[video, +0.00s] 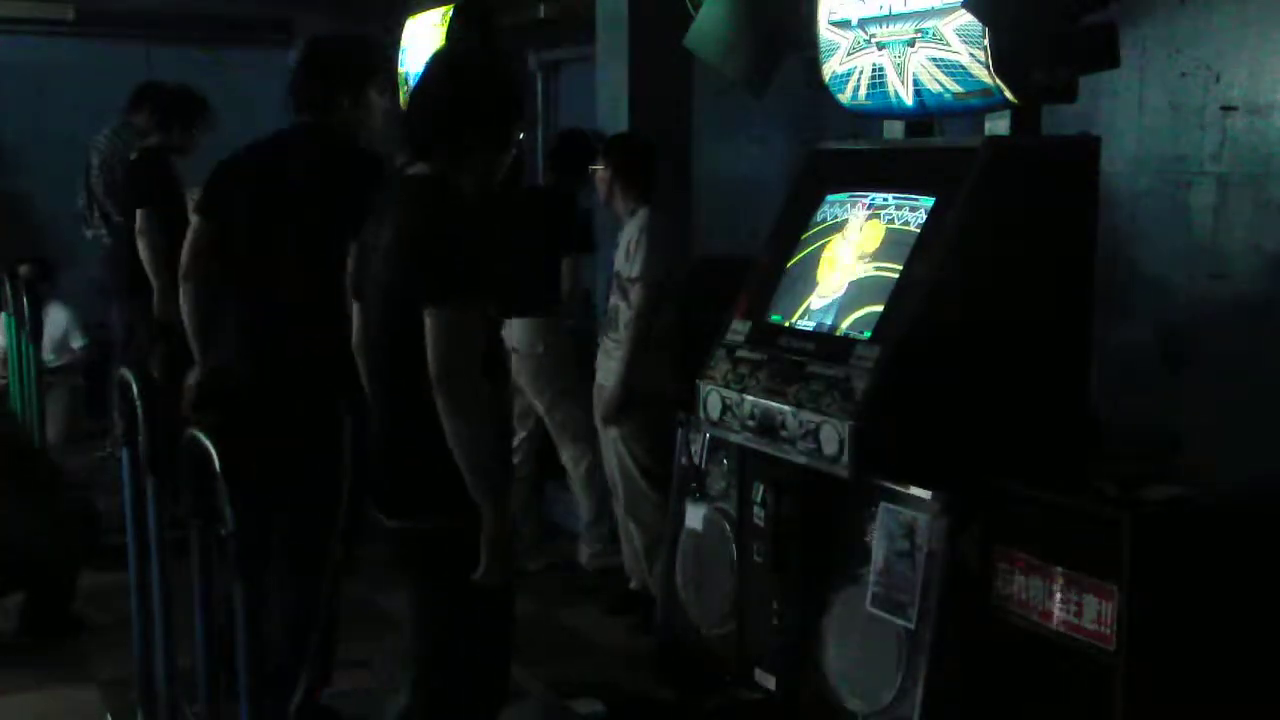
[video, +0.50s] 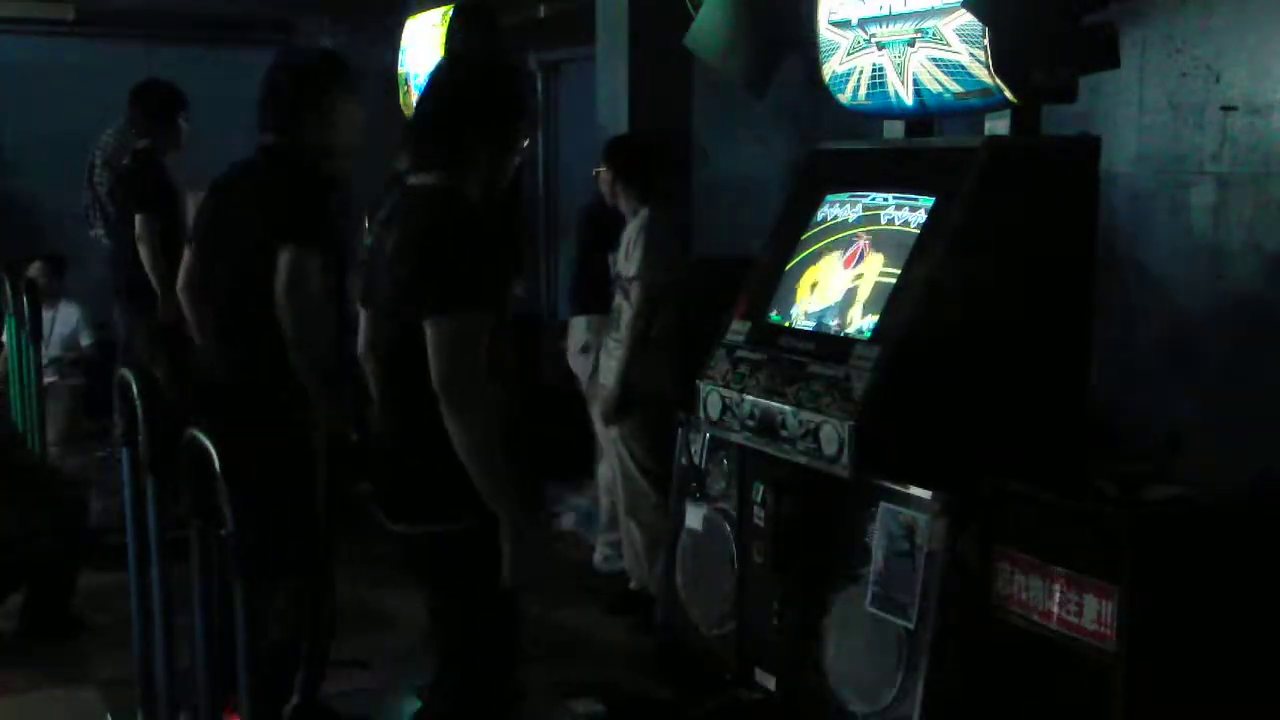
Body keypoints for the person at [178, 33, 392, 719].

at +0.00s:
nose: (390, 111)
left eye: (389, 96)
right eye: (384, 96)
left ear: (301, 92)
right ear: (362, 98)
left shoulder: (238, 167)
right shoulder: (371, 174)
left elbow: (191, 278)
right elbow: (369, 298)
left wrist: (205, 362)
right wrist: (376, 390)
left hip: (243, 387)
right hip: (327, 391)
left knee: (255, 542)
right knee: (322, 545)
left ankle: (257, 687)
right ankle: (305, 690)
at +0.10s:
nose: (385, 132)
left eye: (385, 117)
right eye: (378, 116)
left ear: (294, 114)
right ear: (350, 119)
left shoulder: (234, 190)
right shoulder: (362, 197)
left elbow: (191, 301)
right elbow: (357, 318)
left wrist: (199, 385)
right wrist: (375, 405)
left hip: (240, 401)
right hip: (325, 405)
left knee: (249, 552)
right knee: (326, 555)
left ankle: (250, 686)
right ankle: (306, 691)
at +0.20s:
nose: (385, 125)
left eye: (385, 109)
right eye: (377, 108)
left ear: (291, 107)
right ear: (348, 112)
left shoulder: (230, 182)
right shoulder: (363, 189)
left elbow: (190, 294)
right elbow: (355, 326)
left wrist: (204, 378)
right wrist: (373, 406)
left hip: (239, 399)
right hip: (320, 405)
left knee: (252, 554)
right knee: (320, 560)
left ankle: (252, 690)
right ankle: (300, 693)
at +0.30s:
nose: (374, 103)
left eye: (372, 89)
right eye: (369, 89)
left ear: (289, 86)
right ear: (348, 92)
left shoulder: (231, 154)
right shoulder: (357, 165)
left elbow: (183, 259)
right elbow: (353, 290)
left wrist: (208, 346)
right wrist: (357, 380)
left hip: (235, 372)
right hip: (310, 378)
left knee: (244, 537)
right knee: (309, 541)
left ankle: (239, 684)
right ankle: (296, 688)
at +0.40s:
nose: (368, 99)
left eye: (365, 85)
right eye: (362, 85)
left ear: (283, 85)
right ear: (341, 89)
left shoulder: (229, 152)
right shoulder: (340, 154)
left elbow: (182, 259)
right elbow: (327, 267)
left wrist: (211, 341)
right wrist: (334, 345)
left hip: (231, 365)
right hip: (301, 367)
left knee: (242, 531)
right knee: (304, 531)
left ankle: (239, 681)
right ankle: (294, 686)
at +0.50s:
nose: (355, 122)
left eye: (352, 107)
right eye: (347, 107)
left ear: (272, 110)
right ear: (322, 113)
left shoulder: (229, 183)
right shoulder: (316, 187)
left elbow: (188, 286)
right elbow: (300, 297)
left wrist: (220, 357)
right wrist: (324, 386)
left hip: (232, 388)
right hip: (292, 396)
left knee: (246, 544)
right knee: (300, 545)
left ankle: (247, 685)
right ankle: (293, 690)